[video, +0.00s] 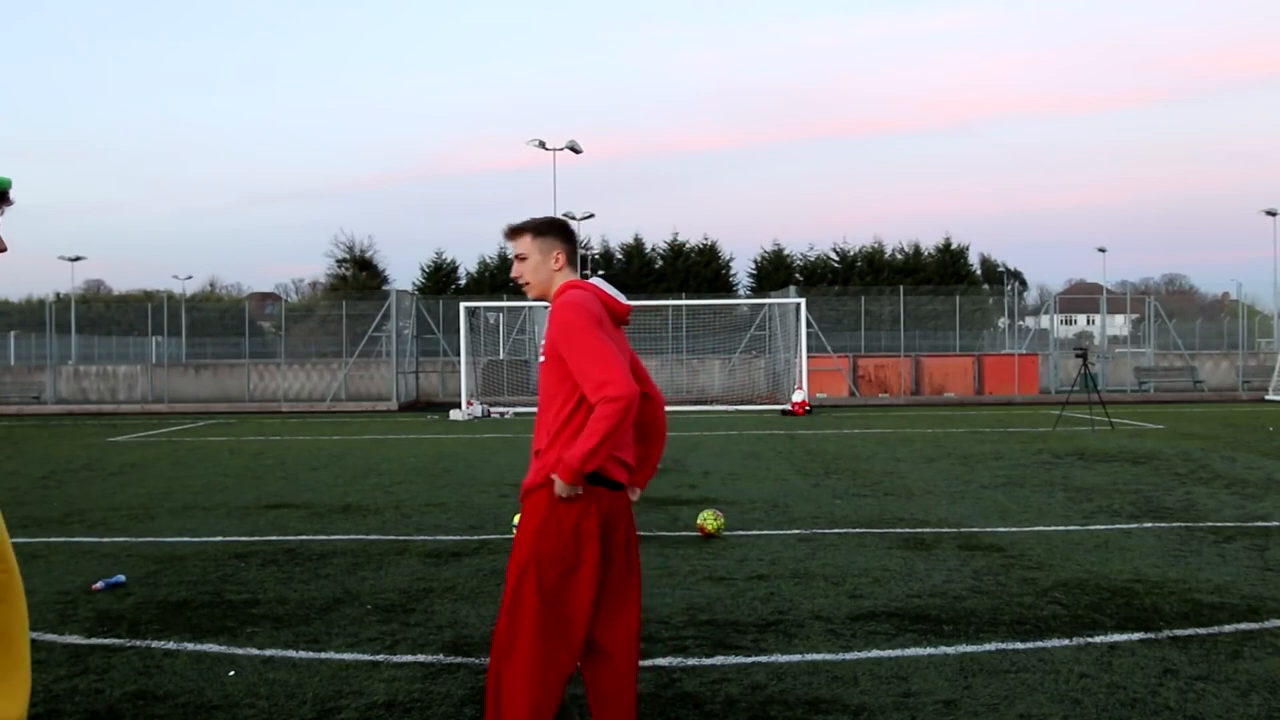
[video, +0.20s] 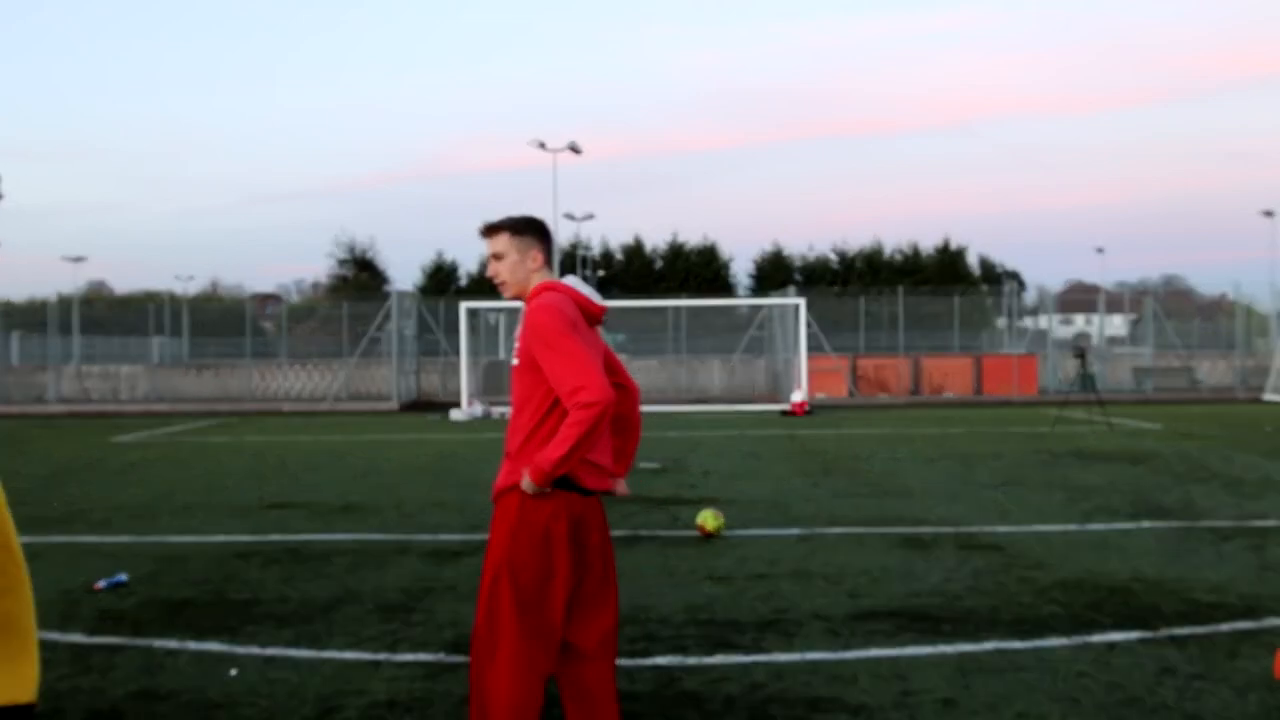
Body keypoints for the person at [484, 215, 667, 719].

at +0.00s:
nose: (515, 272)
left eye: (522, 259)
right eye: (513, 261)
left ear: (557, 258)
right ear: (563, 262)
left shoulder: (571, 307)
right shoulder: (595, 311)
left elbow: (617, 393)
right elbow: (651, 401)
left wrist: (570, 468)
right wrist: (634, 479)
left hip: (564, 507)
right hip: (608, 505)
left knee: (528, 648)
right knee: (610, 650)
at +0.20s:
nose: (491, 271)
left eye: (499, 259)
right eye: (489, 260)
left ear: (534, 258)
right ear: (539, 262)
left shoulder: (544, 309)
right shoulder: (569, 309)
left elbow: (592, 397)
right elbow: (624, 393)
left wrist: (541, 470)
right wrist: (613, 468)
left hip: (538, 510)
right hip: (580, 508)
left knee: (511, 650)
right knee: (586, 652)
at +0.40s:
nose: (462, 269)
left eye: (470, 256)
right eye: (460, 258)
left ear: (507, 256)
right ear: (509, 260)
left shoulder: (518, 312)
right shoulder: (539, 308)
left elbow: (572, 404)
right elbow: (598, 399)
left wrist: (536, 484)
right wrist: (577, 475)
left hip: (511, 506)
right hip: (546, 506)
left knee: (491, 642)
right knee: (545, 636)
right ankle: (576, 708)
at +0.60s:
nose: (437, 272)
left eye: (445, 260)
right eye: (436, 261)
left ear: (481, 260)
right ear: (482, 263)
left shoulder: (509, 316)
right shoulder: (504, 313)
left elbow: (552, 418)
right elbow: (536, 417)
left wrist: (514, 501)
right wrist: (502, 497)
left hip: (514, 509)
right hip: (510, 506)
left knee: (496, 646)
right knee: (500, 643)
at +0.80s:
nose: (426, 281)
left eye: (435, 268)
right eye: (425, 269)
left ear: (471, 269)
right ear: (467, 272)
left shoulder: (506, 318)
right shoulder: (482, 320)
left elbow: (568, 413)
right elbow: (519, 414)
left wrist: (534, 499)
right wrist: (497, 495)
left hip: (521, 509)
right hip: (499, 506)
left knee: (506, 646)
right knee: (492, 644)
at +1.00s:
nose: (406, 304)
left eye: (415, 292)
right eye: (403, 294)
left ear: (451, 293)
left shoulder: (494, 333)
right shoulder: (447, 354)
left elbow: (577, 404)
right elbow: (513, 416)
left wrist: (565, 490)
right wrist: (517, 490)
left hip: (550, 496)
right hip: (518, 495)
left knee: (526, 632)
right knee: (507, 629)